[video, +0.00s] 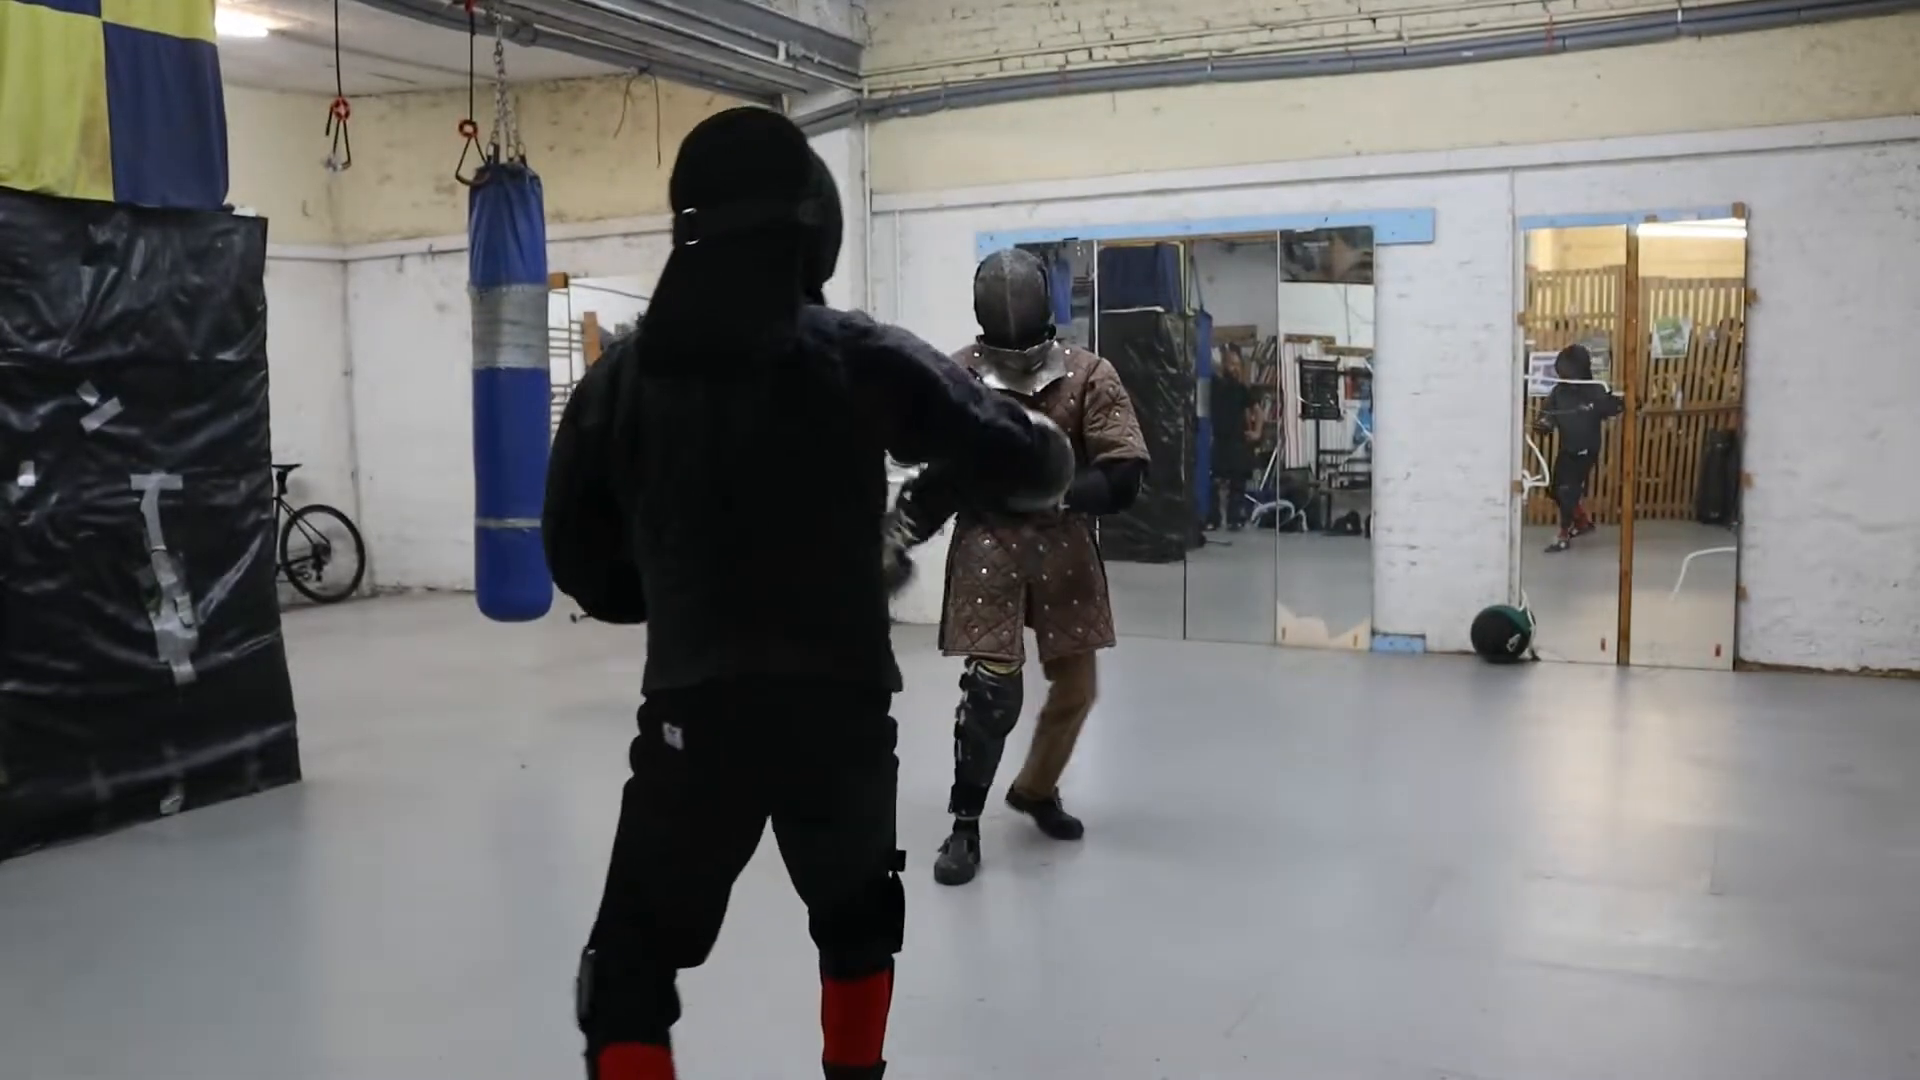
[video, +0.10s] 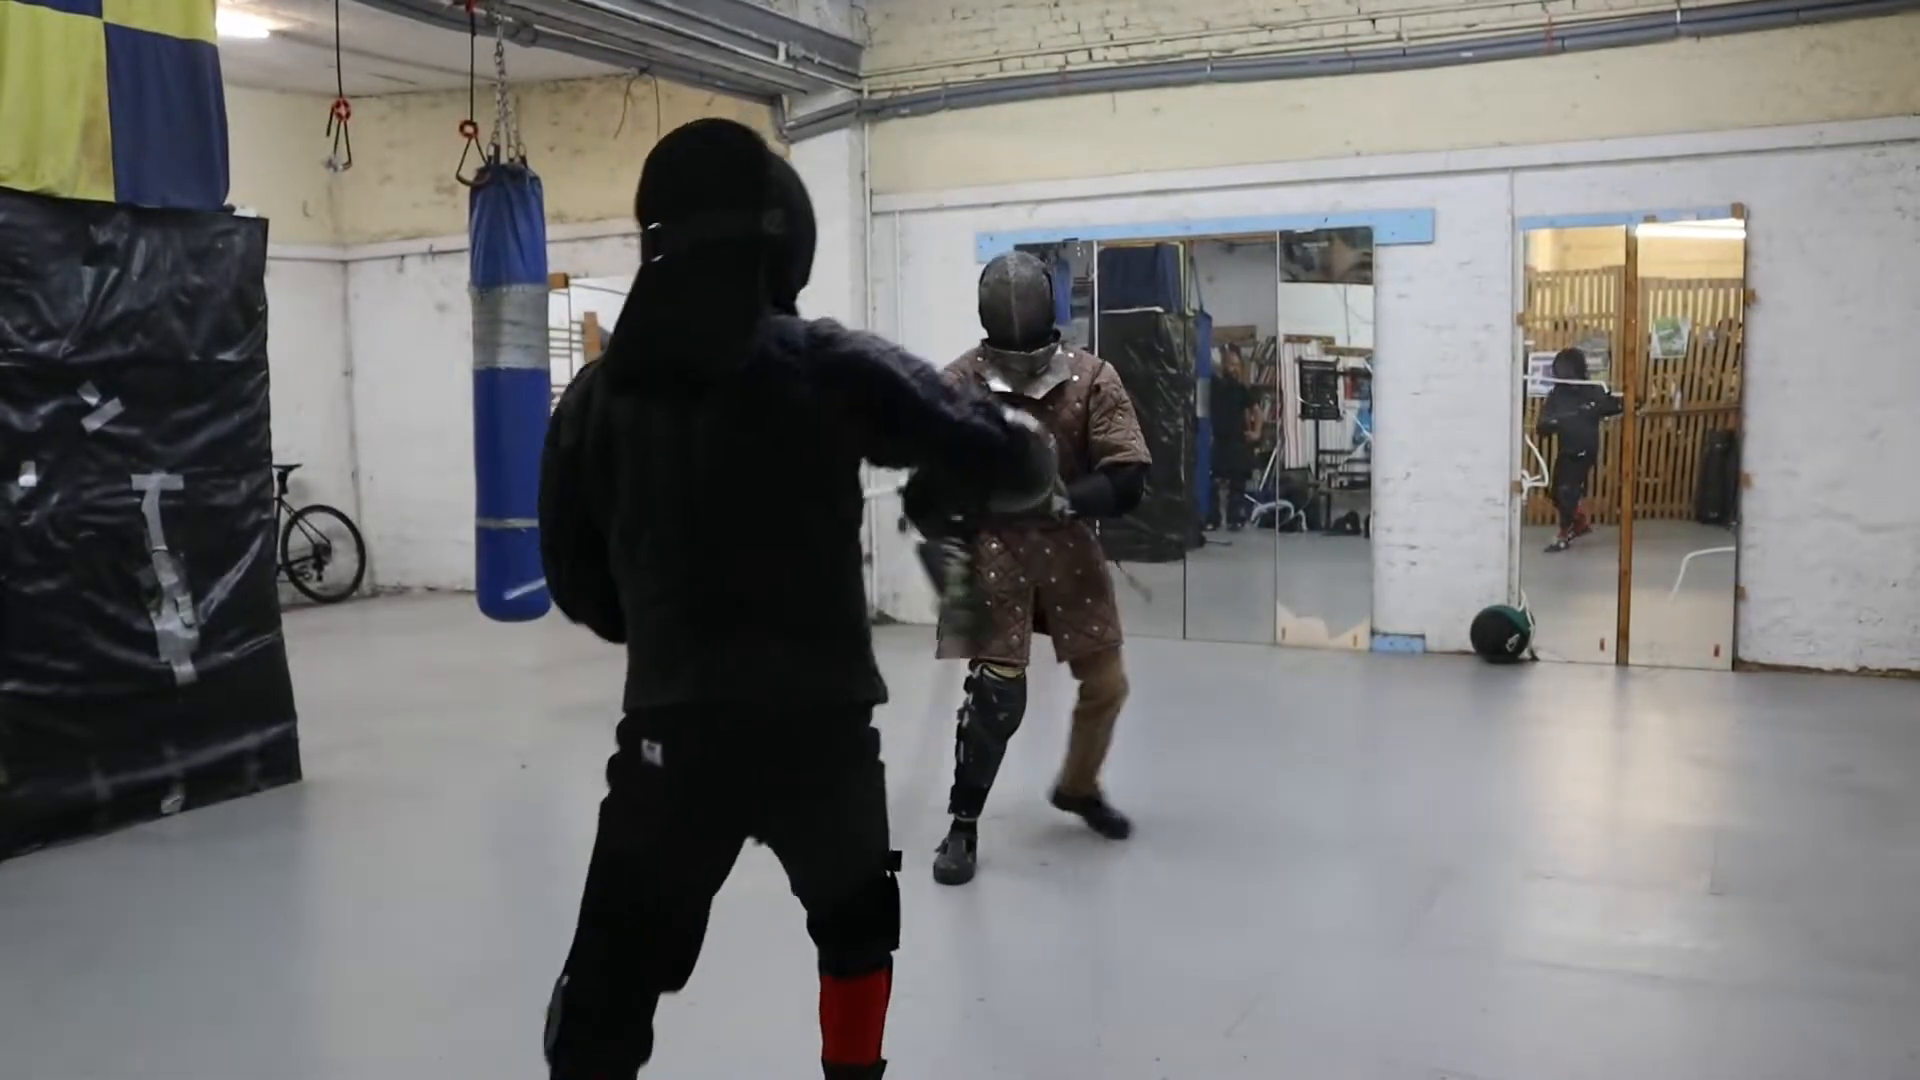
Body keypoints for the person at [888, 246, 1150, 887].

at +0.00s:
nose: (1017, 357)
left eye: (1028, 343)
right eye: (1002, 344)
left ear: (1047, 321)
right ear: (984, 325)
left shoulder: (1090, 375)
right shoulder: (959, 377)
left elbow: (1125, 474)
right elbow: (938, 476)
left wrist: (1057, 493)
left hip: (1065, 549)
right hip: (986, 548)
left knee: (1076, 690)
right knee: (994, 692)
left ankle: (1036, 788)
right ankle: (964, 826)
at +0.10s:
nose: (1021, 365)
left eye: (1033, 351)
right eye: (1008, 353)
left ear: (1052, 326)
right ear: (988, 330)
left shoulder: (1092, 377)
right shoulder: (960, 383)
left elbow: (1128, 475)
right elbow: (925, 483)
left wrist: (1065, 500)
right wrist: (946, 535)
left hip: (1071, 548)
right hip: (993, 549)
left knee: (1105, 685)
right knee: (998, 696)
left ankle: (1078, 787)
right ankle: (961, 828)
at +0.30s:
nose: (1055, 361)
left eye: (1066, 347)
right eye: (1040, 350)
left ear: (1084, 324)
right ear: (1019, 330)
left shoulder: (1123, 376)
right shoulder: (996, 387)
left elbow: (1166, 474)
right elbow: (993, 514)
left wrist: (1115, 489)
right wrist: (1052, 582)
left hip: (1107, 549)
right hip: (1029, 553)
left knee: (1151, 685)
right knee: (1016, 698)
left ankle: (1147, 808)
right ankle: (964, 827)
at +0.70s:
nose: (1115, 357)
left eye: (1126, 344)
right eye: (1102, 345)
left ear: (1146, 325)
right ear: (1084, 329)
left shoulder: (1189, 377)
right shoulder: (1055, 381)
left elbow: (1235, 462)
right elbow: (1016, 456)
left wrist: (1175, 464)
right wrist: (1001, 495)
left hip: (1168, 546)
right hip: (1089, 546)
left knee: (1180, 692)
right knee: (1083, 686)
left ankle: (1148, 809)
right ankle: (1055, 832)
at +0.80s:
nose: (1121, 360)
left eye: (1133, 346)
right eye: (1107, 347)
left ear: (1156, 324)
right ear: (1088, 327)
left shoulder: (1196, 381)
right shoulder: (1058, 382)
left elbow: (1238, 472)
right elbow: (1002, 449)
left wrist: (1171, 475)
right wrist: (951, 444)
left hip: (1170, 550)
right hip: (1092, 549)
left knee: (1180, 694)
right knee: (1095, 688)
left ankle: (1149, 808)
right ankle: (1069, 838)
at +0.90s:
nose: (1121, 370)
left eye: (1136, 356)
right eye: (1107, 355)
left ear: (1158, 331)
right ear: (1088, 331)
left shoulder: (1197, 385)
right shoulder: (1054, 378)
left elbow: (1243, 481)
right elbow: (965, 417)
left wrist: (1175, 484)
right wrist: (924, 368)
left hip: (1170, 554)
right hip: (1092, 553)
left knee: (1175, 702)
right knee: (1098, 700)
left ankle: (1150, 809)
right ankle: (1066, 851)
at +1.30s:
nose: (1121, 372)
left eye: (1135, 357)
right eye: (1107, 356)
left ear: (1156, 341)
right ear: (1084, 339)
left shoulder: (1182, 397)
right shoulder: (1047, 375)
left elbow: (1229, 497)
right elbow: (994, 408)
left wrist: (1180, 513)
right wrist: (987, 434)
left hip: (1152, 567)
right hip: (1070, 567)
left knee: (1216, 711)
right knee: (1082, 731)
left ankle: (1215, 840)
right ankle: (1052, 888)